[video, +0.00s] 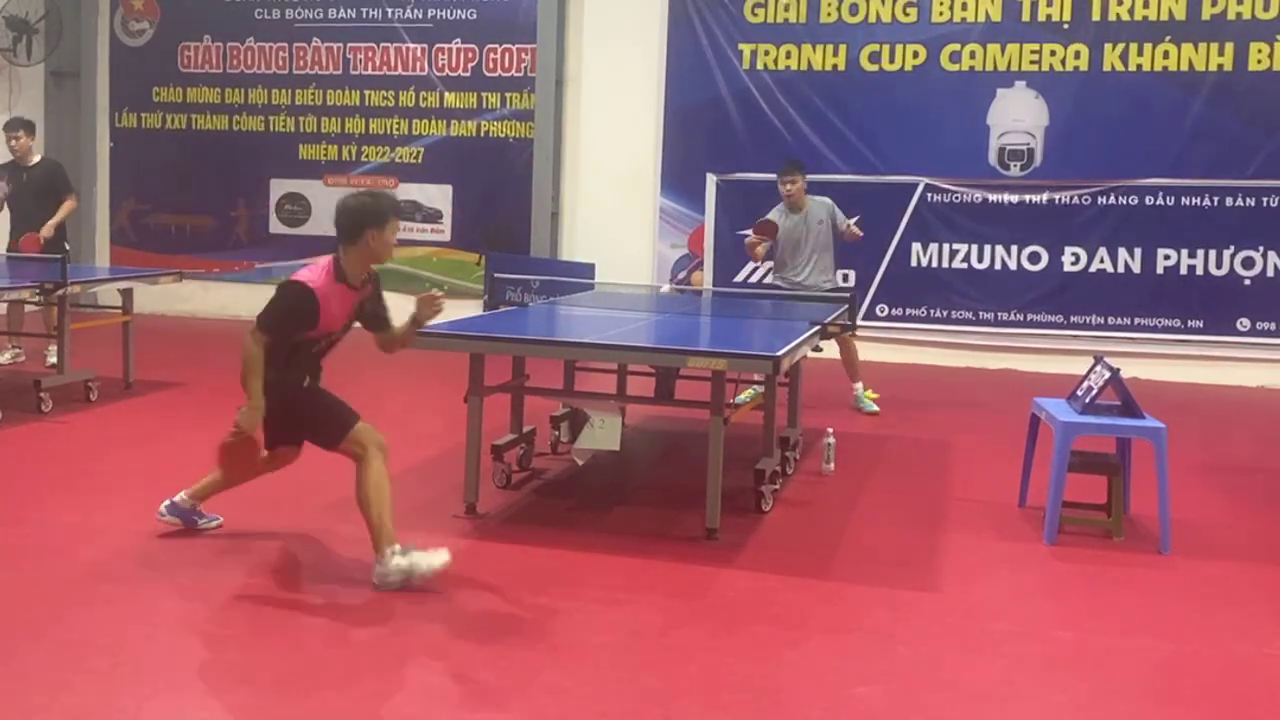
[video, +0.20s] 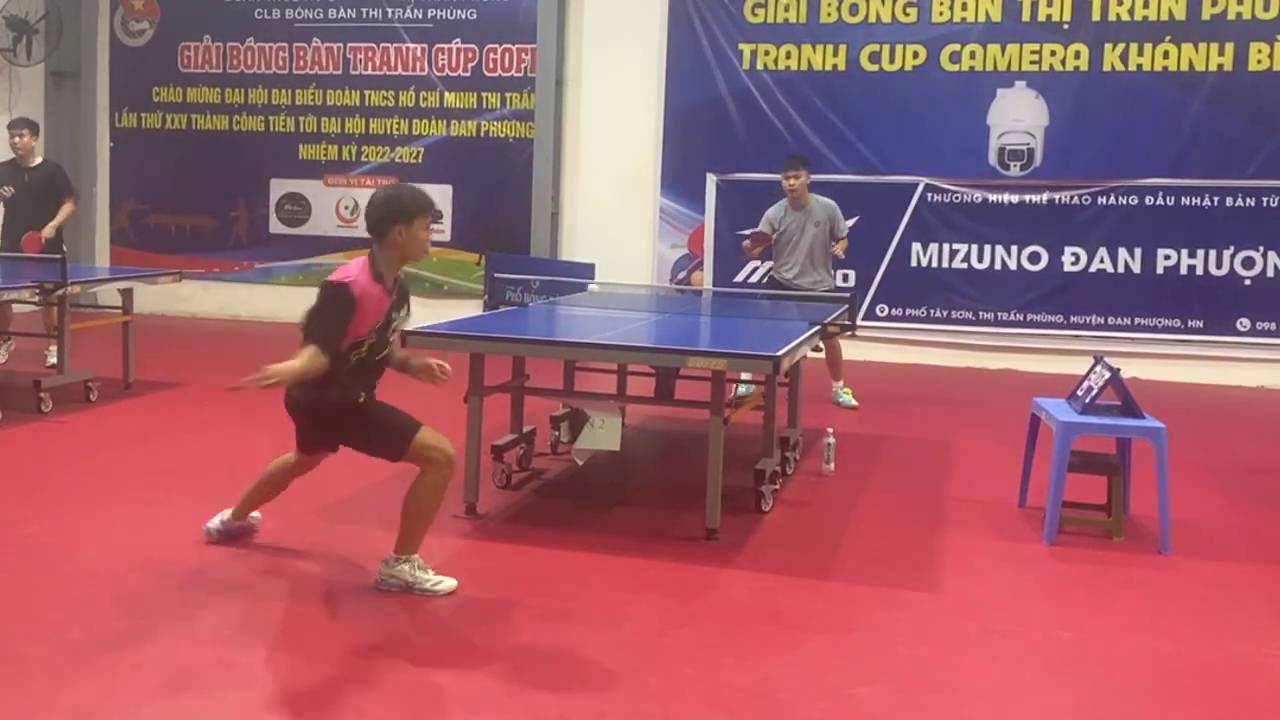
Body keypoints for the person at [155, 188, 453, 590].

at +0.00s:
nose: (397, 240)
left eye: (396, 231)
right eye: (392, 231)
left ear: (365, 236)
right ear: (367, 236)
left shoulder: (365, 281)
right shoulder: (306, 288)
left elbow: (388, 342)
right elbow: (254, 340)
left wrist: (416, 321)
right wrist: (254, 406)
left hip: (296, 382)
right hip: (281, 386)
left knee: (282, 453)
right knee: (370, 447)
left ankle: (184, 502)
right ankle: (388, 557)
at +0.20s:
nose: (430, 240)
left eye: (430, 230)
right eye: (425, 229)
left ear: (396, 235)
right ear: (397, 234)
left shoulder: (395, 284)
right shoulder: (347, 287)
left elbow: (376, 345)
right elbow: (321, 352)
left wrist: (410, 363)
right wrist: (289, 369)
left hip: (323, 395)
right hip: (330, 402)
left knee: (305, 458)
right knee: (439, 457)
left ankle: (233, 519)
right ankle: (402, 563)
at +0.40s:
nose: (426, 205)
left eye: (424, 195)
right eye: (421, 196)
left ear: (367, 202)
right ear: (401, 203)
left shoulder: (326, 249)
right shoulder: (398, 232)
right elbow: (453, 187)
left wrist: (346, 209)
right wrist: (395, 152)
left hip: (291, 392)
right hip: (346, 403)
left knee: (334, 413)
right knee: (446, 461)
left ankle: (301, 503)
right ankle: (405, 561)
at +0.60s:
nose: (388, 201)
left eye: (386, 192)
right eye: (386, 194)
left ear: (333, 200)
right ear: (374, 201)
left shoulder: (284, 261)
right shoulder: (387, 253)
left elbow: (252, 336)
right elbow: (466, 281)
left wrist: (300, 309)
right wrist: (461, 227)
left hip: (299, 411)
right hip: (368, 413)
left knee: (286, 487)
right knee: (459, 497)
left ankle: (223, 586)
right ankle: (462, 609)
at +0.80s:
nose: (413, 205)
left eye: (410, 196)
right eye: (413, 197)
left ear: (356, 196)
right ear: (405, 204)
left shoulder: (308, 243)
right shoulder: (399, 269)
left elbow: (286, 311)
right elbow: (433, 361)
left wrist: (360, 331)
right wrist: (471, 355)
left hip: (249, 387)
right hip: (315, 397)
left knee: (255, 479)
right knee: (406, 499)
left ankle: (162, 581)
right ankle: (423, 636)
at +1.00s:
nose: (358, 227)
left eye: (357, 218)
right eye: (356, 219)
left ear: (298, 221)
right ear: (346, 227)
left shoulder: (260, 270)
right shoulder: (347, 294)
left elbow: (253, 347)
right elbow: (379, 390)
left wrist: (334, 380)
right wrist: (348, 392)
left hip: (215, 417)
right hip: (291, 428)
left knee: (185, 513)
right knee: (380, 529)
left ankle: (100, 619)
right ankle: (397, 669)